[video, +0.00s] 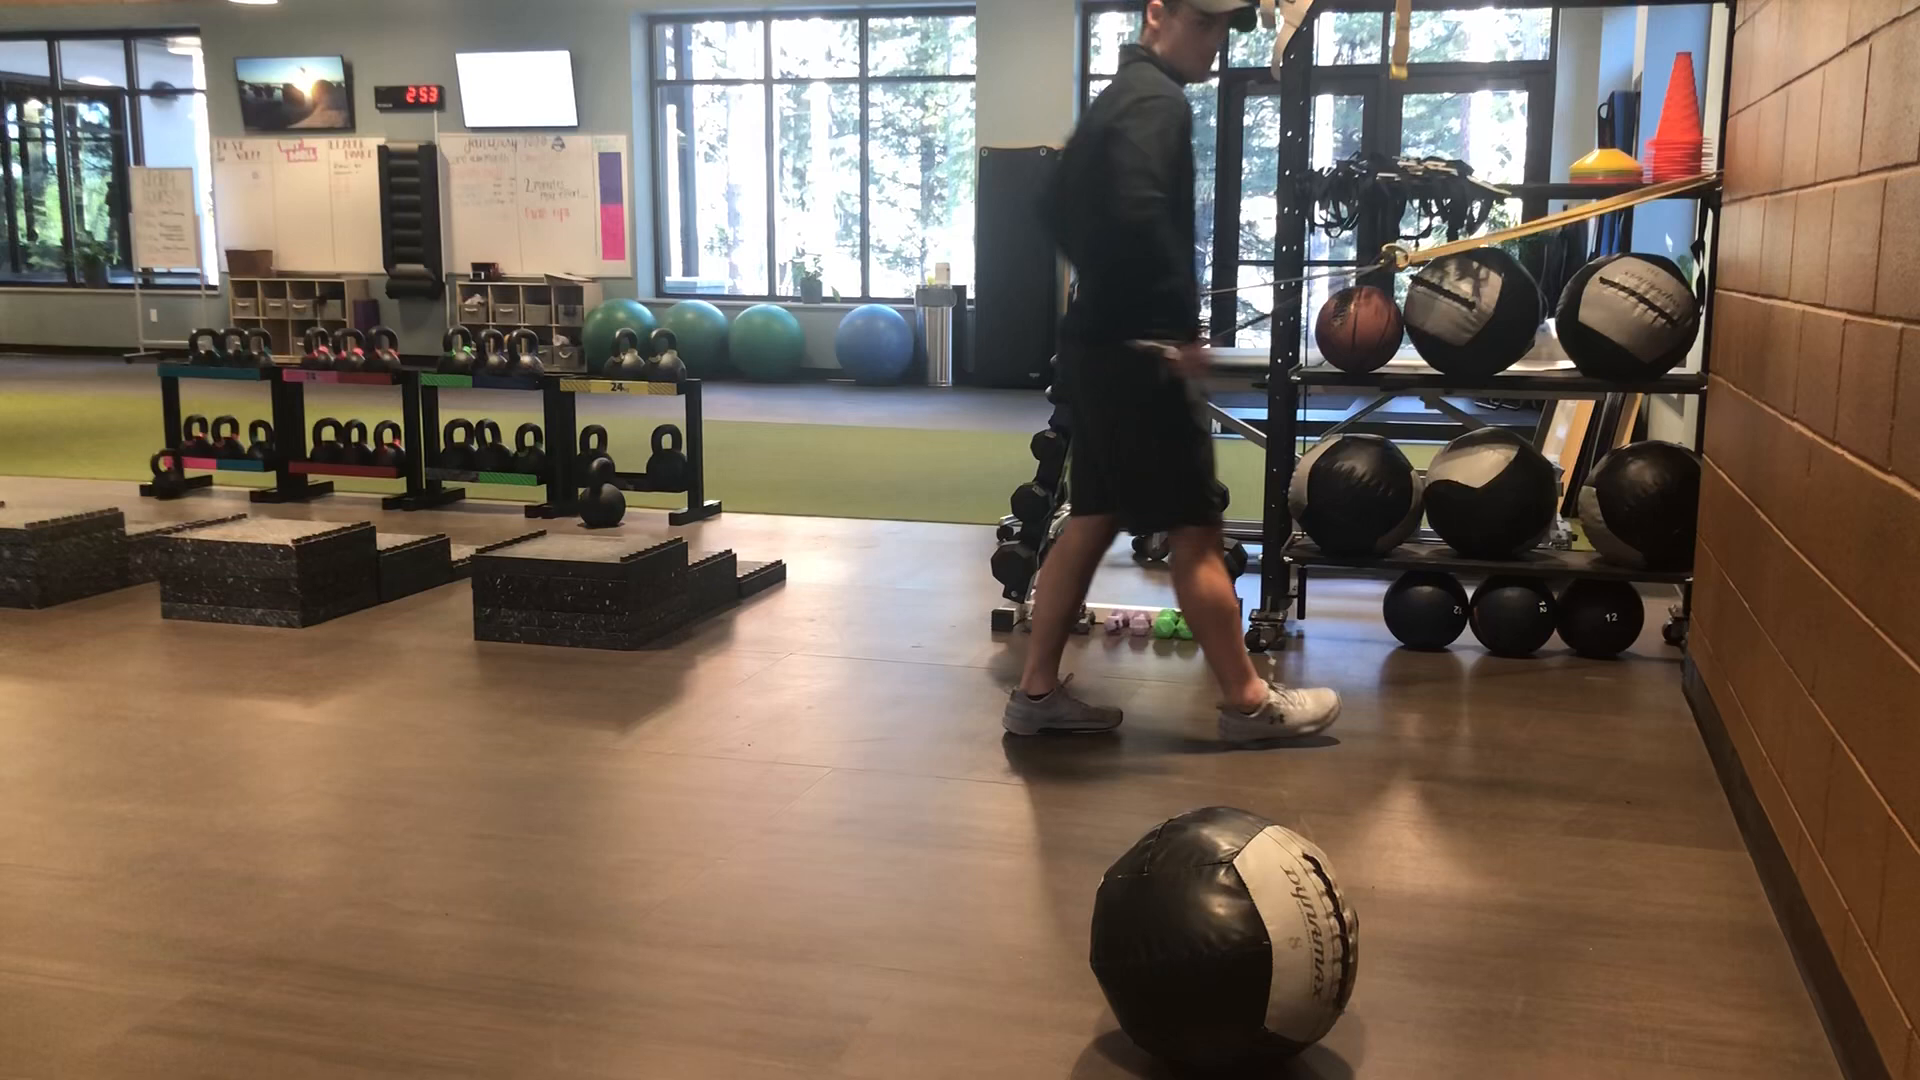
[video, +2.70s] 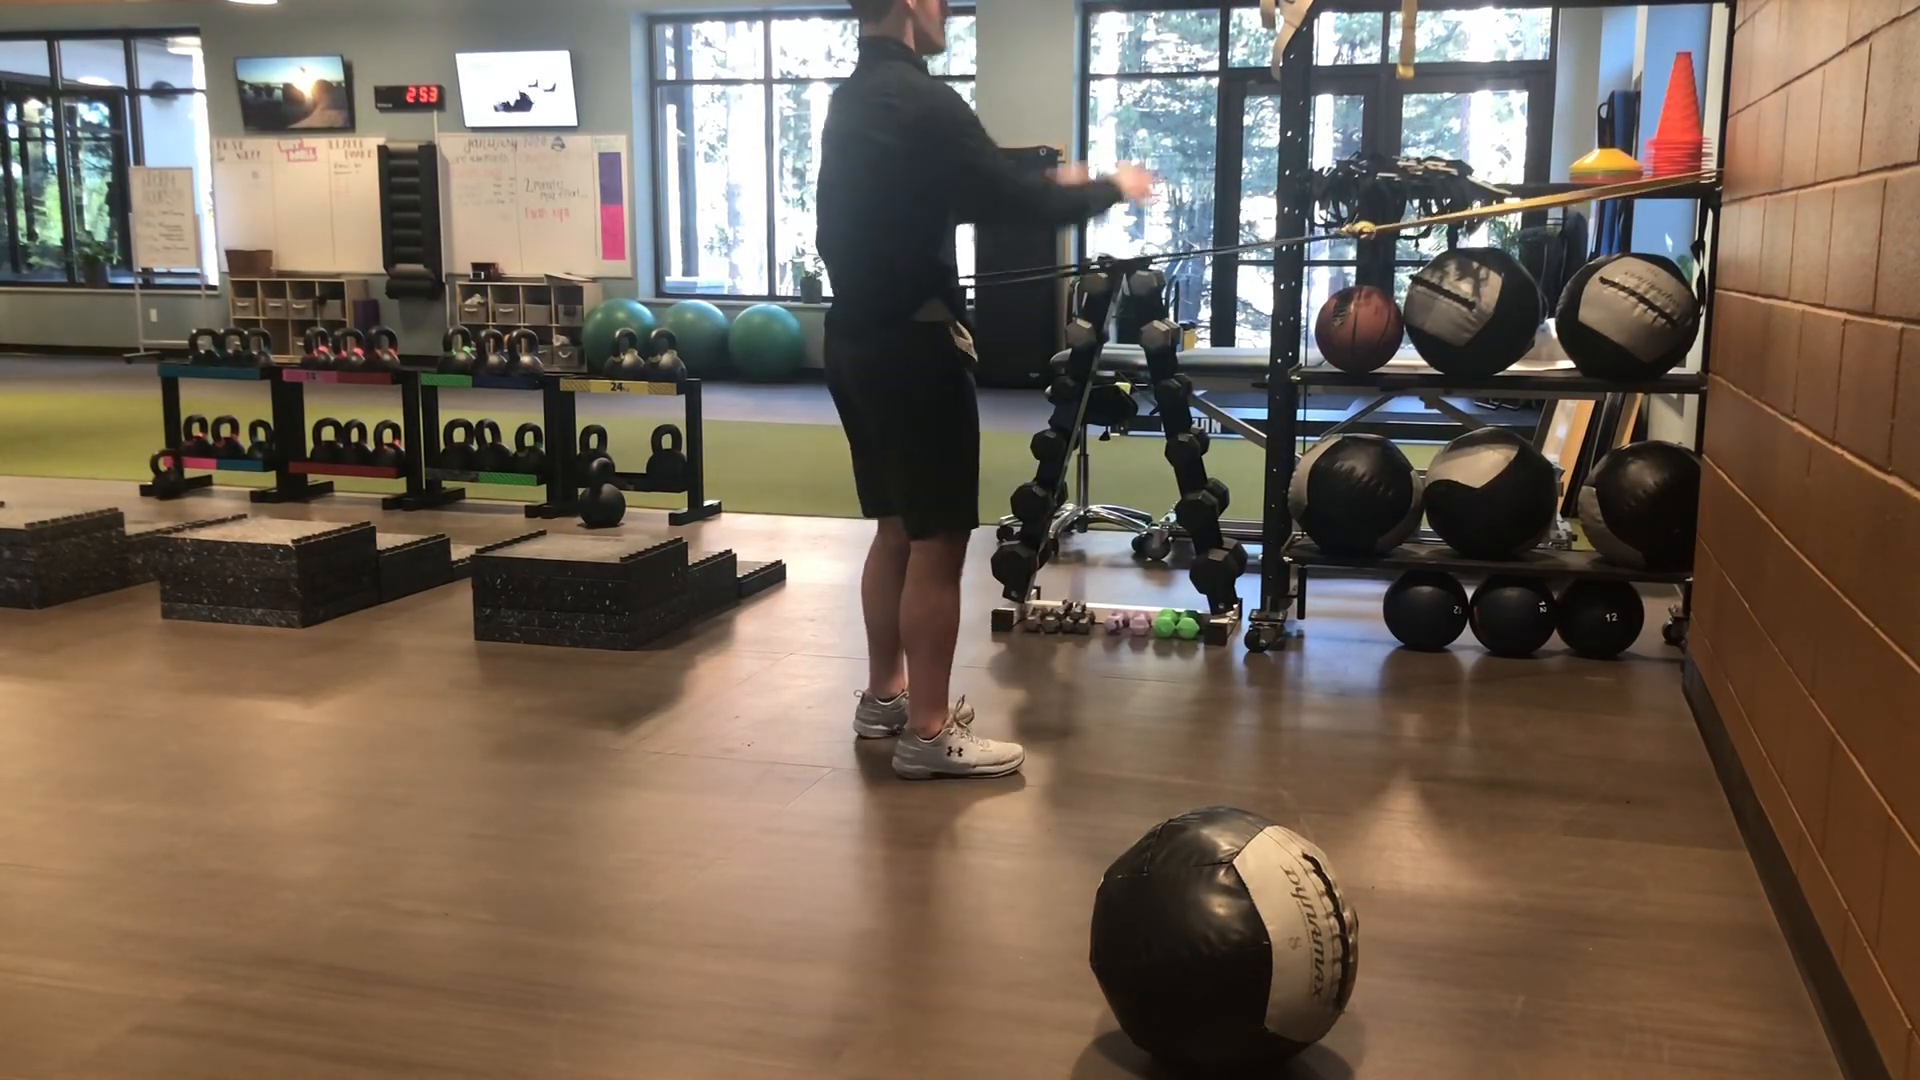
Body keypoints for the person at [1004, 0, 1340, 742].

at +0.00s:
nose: (1219, 46)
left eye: (1222, 32)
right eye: (1211, 28)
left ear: (1159, 25)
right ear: (1160, 19)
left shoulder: (1117, 97)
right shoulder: (1156, 99)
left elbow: (1055, 205)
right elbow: (1142, 211)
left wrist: (1111, 281)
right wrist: (1183, 327)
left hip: (1093, 348)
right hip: (1142, 352)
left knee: (1091, 517)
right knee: (1195, 531)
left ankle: (1035, 690)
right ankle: (1247, 698)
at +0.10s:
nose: (1202, 48)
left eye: (1208, 33)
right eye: (1196, 28)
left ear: (1142, 20)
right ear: (1148, 16)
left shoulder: (1099, 85)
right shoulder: (1135, 90)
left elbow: (1024, 163)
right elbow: (1085, 175)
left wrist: (1038, 273)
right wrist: (1090, 305)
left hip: (1081, 342)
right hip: (1132, 345)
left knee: (1069, 517)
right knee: (1175, 523)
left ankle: (1033, 693)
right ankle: (1211, 698)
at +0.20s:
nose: (1187, 48)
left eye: (1194, 32)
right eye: (1183, 26)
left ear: (1124, 18)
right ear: (1134, 14)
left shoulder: (1079, 79)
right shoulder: (1119, 80)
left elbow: (983, 166)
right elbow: (1047, 156)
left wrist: (999, 267)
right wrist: (1058, 275)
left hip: (1054, 333)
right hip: (1107, 334)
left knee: (1059, 506)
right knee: (1163, 514)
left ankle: (1033, 696)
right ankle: (1139, 705)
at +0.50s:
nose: (1154, 42)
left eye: (1158, 27)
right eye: (1149, 22)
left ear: (1092, 12)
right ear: (1101, 8)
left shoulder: (1034, 83)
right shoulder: (1086, 90)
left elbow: (961, 193)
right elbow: (1053, 207)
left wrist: (1030, 278)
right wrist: (1112, 315)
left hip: (1028, 339)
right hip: (1065, 342)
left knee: (1051, 519)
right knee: (1053, 526)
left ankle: (1036, 687)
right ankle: (1010, 722)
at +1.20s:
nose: (1041, 17)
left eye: (1038, 7)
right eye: (1035, 5)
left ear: (972, 14)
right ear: (1003, 9)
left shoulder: (935, 100)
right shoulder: (996, 108)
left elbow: (952, 243)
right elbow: (1015, 252)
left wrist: (1060, 283)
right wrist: (1094, 313)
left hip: (935, 338)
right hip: (988, 343)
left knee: (963, 521)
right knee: (1006, 537)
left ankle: (907, 689)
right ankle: (1003, 730)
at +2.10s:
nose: (970, 20)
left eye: (967, 8)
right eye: (967, 8)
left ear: (903, 16)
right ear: (945, 10)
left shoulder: (870, 101)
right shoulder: (938, 104)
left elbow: (860, 231)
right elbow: (959, 231)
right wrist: (1045, 284)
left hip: (867, 335)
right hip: (919, 338)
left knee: (902, 525)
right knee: (931, 537)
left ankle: (887, 697)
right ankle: (929, 730)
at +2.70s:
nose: (948, 12)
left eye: (944, 2)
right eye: (941, 2)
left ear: (882, 15)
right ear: (912, 9)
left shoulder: (855, 97)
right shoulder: (926, 104)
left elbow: (951, 174)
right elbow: (1010, 198)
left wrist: (1044, 172)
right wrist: (1106, 189)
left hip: (859, 341)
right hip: (916, 345)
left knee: (898, 525)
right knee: (939, 539)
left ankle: (884, 699)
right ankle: (929, 733)